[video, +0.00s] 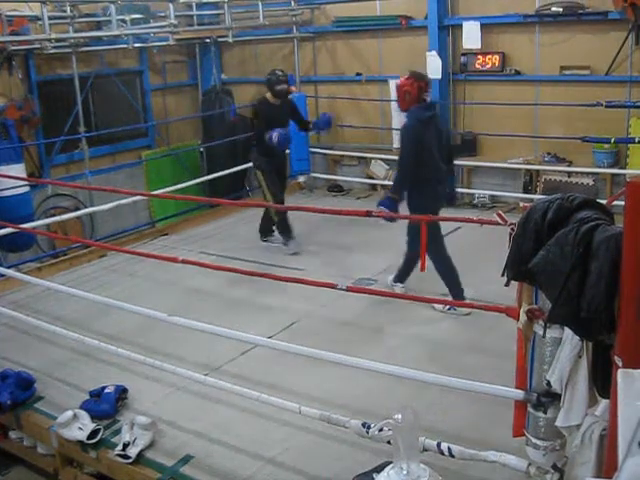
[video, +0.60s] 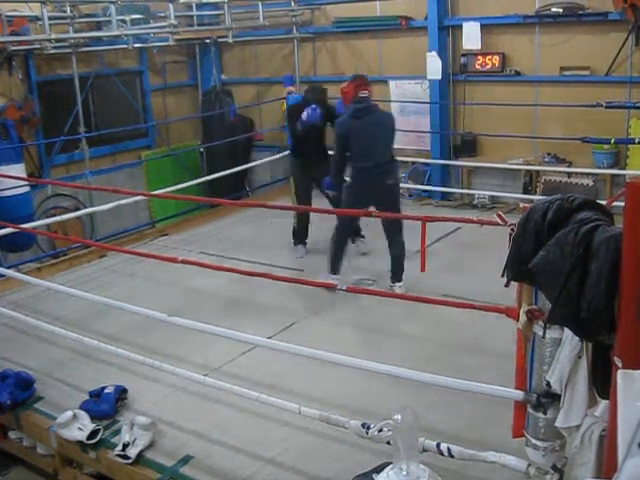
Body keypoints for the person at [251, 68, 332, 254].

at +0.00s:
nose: (285, 88)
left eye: (286, 84)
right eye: (280, 85)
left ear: (288, 85)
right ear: (271, 87)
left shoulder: (288, 103)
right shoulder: (260, 106)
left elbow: (302, 125)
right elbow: (257, 135)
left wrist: (316, 125)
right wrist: (270, 138)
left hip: (280, 154)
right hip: (261, 156)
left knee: (278, 194)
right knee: (274, 195)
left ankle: (265, 231)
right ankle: (287, 236)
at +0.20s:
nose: (294, 92)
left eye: (296, 88)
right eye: (289, 89)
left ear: (299, 89)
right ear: (280, 91)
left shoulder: (300, 106)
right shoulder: (270, 109)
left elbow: (318, 126)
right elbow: (272, 137)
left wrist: (327, 115)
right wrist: (286, 126)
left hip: (294, 160)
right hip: (276, 161)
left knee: (296, 201)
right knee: (288, 201)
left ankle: (274, 225)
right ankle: (297, 240)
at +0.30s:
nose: (298, 92)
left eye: (300, 87)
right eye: (294, 88)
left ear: (303, 88)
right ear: (284, 90)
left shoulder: (304, 105)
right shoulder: (274, 109)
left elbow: (322, 124)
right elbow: (277, 133)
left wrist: (330, 113)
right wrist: (291, 121)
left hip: (301, 160)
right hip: (282, 162)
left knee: (311, 200)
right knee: (291, 202)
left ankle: (291, 217)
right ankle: (297, 240)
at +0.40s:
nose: (302, 92)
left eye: (305, 88)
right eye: (298, 88)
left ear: (308, 88)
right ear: (289, 89)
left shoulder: (309, 104)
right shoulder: (280, 107)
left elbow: (327, 124)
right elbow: (282, 131)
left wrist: (333, 112)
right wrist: (295, 117)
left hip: (307, 160)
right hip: (288, 162)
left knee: (322, 197)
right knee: (296, 204)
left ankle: (311, 225)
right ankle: (297, 240)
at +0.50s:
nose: (306, 97)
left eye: (309, 93)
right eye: (302, 93)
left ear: (313, 92)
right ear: (295, 92)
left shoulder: (316, 106)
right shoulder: (286, 107)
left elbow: (333, 127)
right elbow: (288, 130)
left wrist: (338, 113)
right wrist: (301, 116)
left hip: (313, 159)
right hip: (293, 161)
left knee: (329, 196)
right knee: (298, 203)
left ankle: (336, 231)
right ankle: (299, 241)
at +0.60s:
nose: (317, 107)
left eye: (320, 103)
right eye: (315, 103)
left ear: (324, 101)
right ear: (308, 100)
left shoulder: (325, 110)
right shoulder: (294, 110)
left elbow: (343, 126)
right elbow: (295, 134)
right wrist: (305, 121)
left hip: (321, 160)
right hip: (301, 163)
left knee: (337, 197)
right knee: (303, 204)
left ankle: (355, 234)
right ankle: (300, 241)